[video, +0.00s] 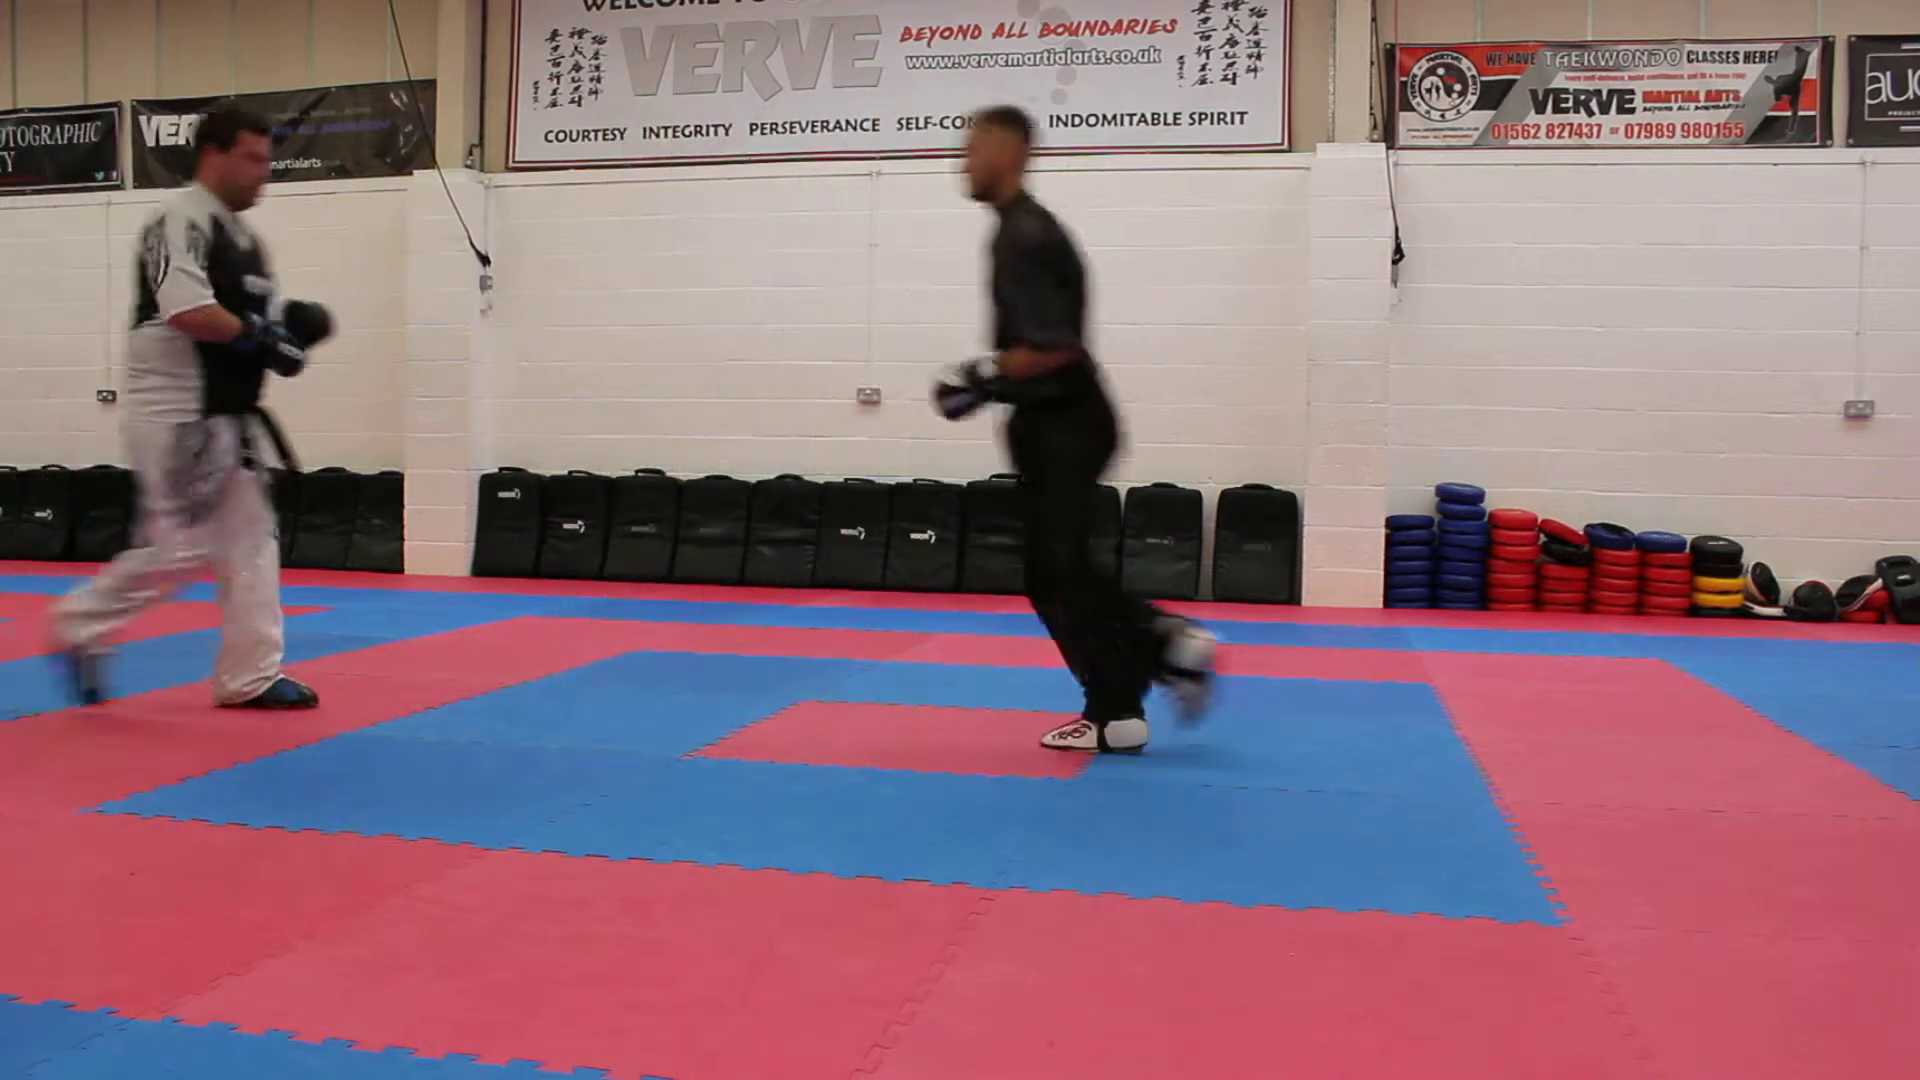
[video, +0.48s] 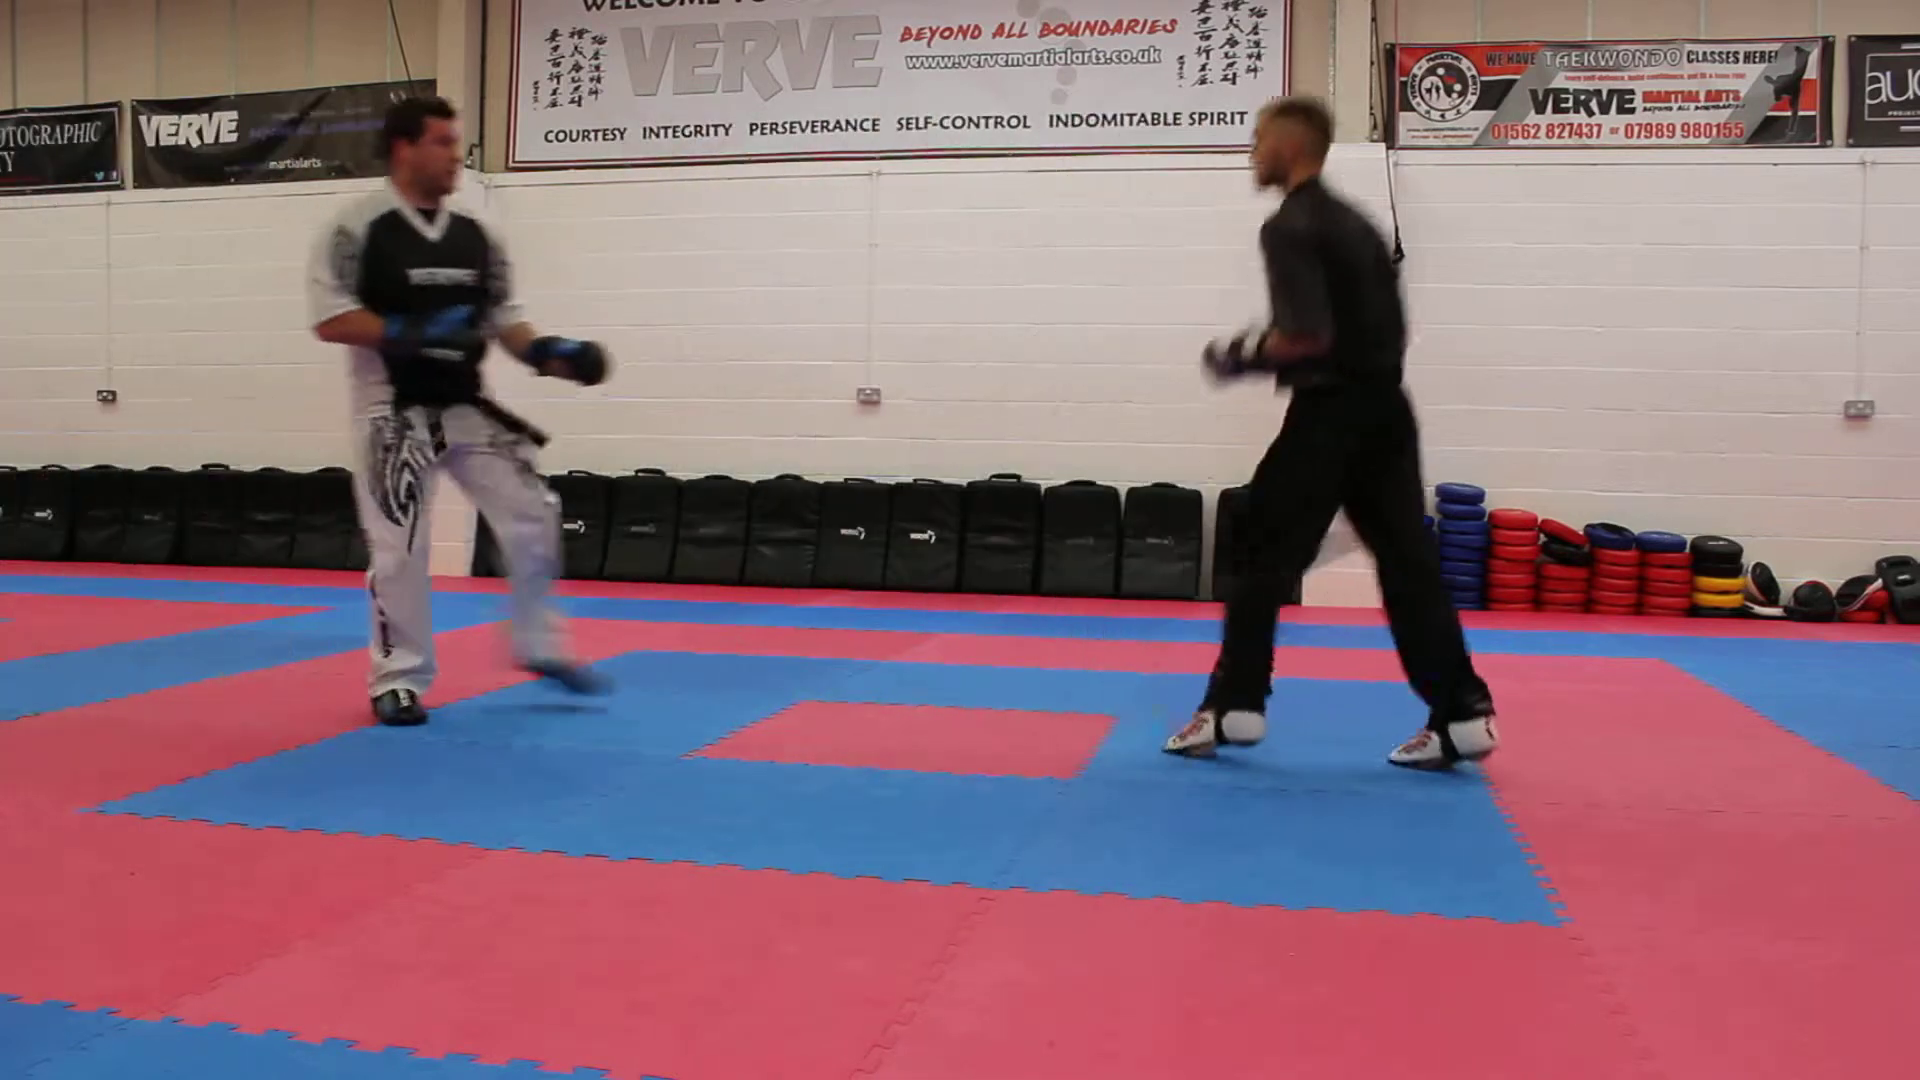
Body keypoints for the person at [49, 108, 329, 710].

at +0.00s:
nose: (265, 173)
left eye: (267, 162)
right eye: (255, 160)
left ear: (246, 164)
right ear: (214, 156)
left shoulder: (242, 235)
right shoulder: (176, 219)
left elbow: (253, 306)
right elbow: (189, 312)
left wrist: (287, 320)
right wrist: (258, 335)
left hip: (227, 414)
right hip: (172, 416)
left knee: (250, 541)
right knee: (180, 545)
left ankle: (248, 675)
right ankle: (78, 624)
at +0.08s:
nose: (300, 166)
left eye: (304, 156)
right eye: (290, 153)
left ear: (299, 159)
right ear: (249, 149)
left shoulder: (293, 237)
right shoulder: (203, 212)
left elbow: (297, 322)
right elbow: (187, 302)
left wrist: (325, 334)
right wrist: (270, 333)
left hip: (261, 399)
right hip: (204, 396)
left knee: (273, 532)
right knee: (256, 527)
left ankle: (248, 672)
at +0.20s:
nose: (345, 164)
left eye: (349, 152)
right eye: (334, 151)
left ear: (347, 155)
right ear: (293, 149)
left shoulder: (354, 237)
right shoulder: (244, 216)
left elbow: (375, 308)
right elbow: (202, 303)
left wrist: (395, 335)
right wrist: (286, 325)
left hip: (325, 400)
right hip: (261, 395)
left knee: (304, 535)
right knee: (317, 528)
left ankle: (249, 670)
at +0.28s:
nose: (373, 164)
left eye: (377, 152)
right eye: (361, 151)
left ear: (378, 159)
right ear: (320, 154)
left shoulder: (391, 243)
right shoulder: (274, 228)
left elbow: (414, 324)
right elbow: (231, 317)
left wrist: (445, 351)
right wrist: (313, 331)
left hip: (368, 405)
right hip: (301, 403)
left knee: (356, 535)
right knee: (355, 530)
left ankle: (280, 648)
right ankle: (392, 674)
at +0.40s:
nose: (420, 162)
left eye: (422, 151)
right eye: (407, 150)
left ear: (422, 158)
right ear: (367, 156)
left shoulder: (441, 240)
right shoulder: (323, 234)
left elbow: (468, 327)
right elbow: (294, 327)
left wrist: (507, 358)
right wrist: (373, 338)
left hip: (426, 416)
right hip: (357, 418)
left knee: (486, 527)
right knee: (387, 549)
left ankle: (410, 626)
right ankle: (394, 678)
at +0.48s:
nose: (456, 157)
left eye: (457, 145)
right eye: (444, 144)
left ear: (454, 152)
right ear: (403, 151)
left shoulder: (475, 236)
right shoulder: (354, 228)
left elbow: (502, 321)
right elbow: (331, 319)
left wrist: (547, 353)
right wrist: (413, 331)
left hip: (465, 408)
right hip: (390, 413)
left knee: (532, 514)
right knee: (397, 549)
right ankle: (399, 679)